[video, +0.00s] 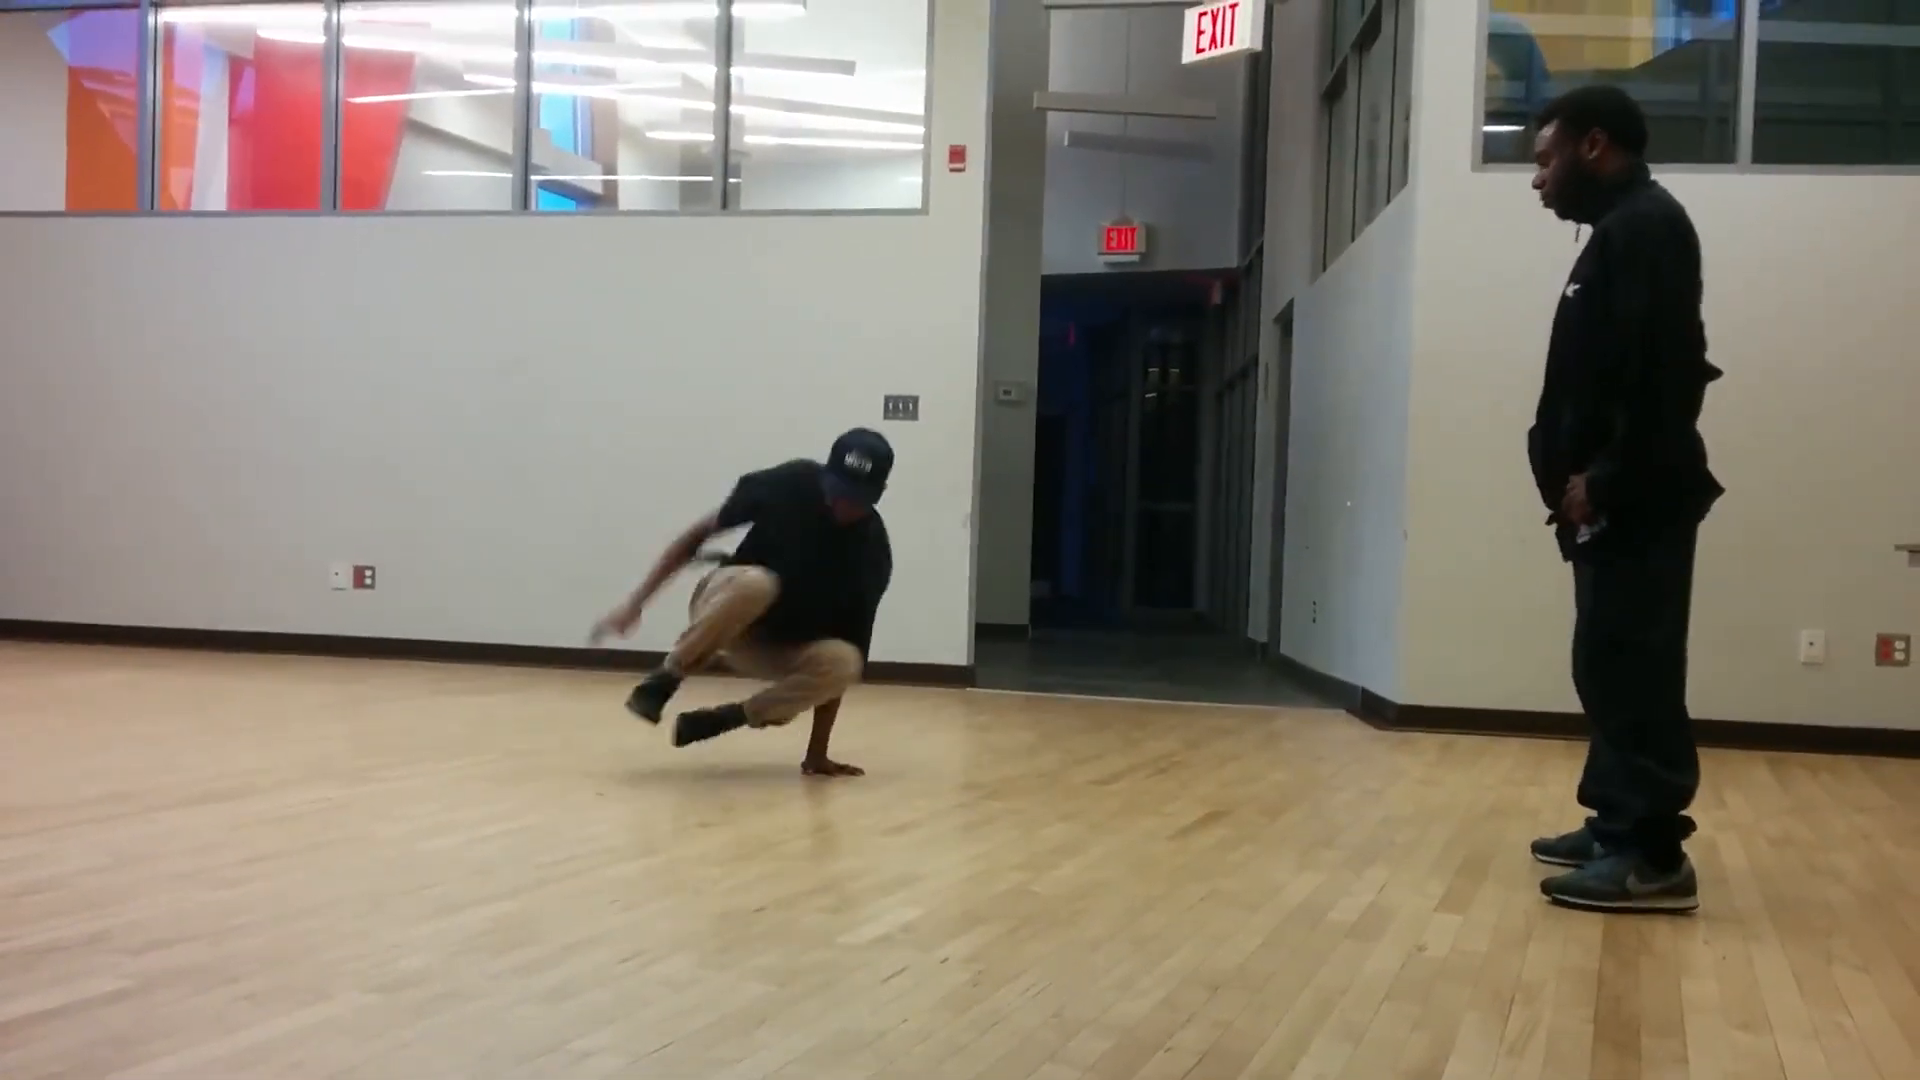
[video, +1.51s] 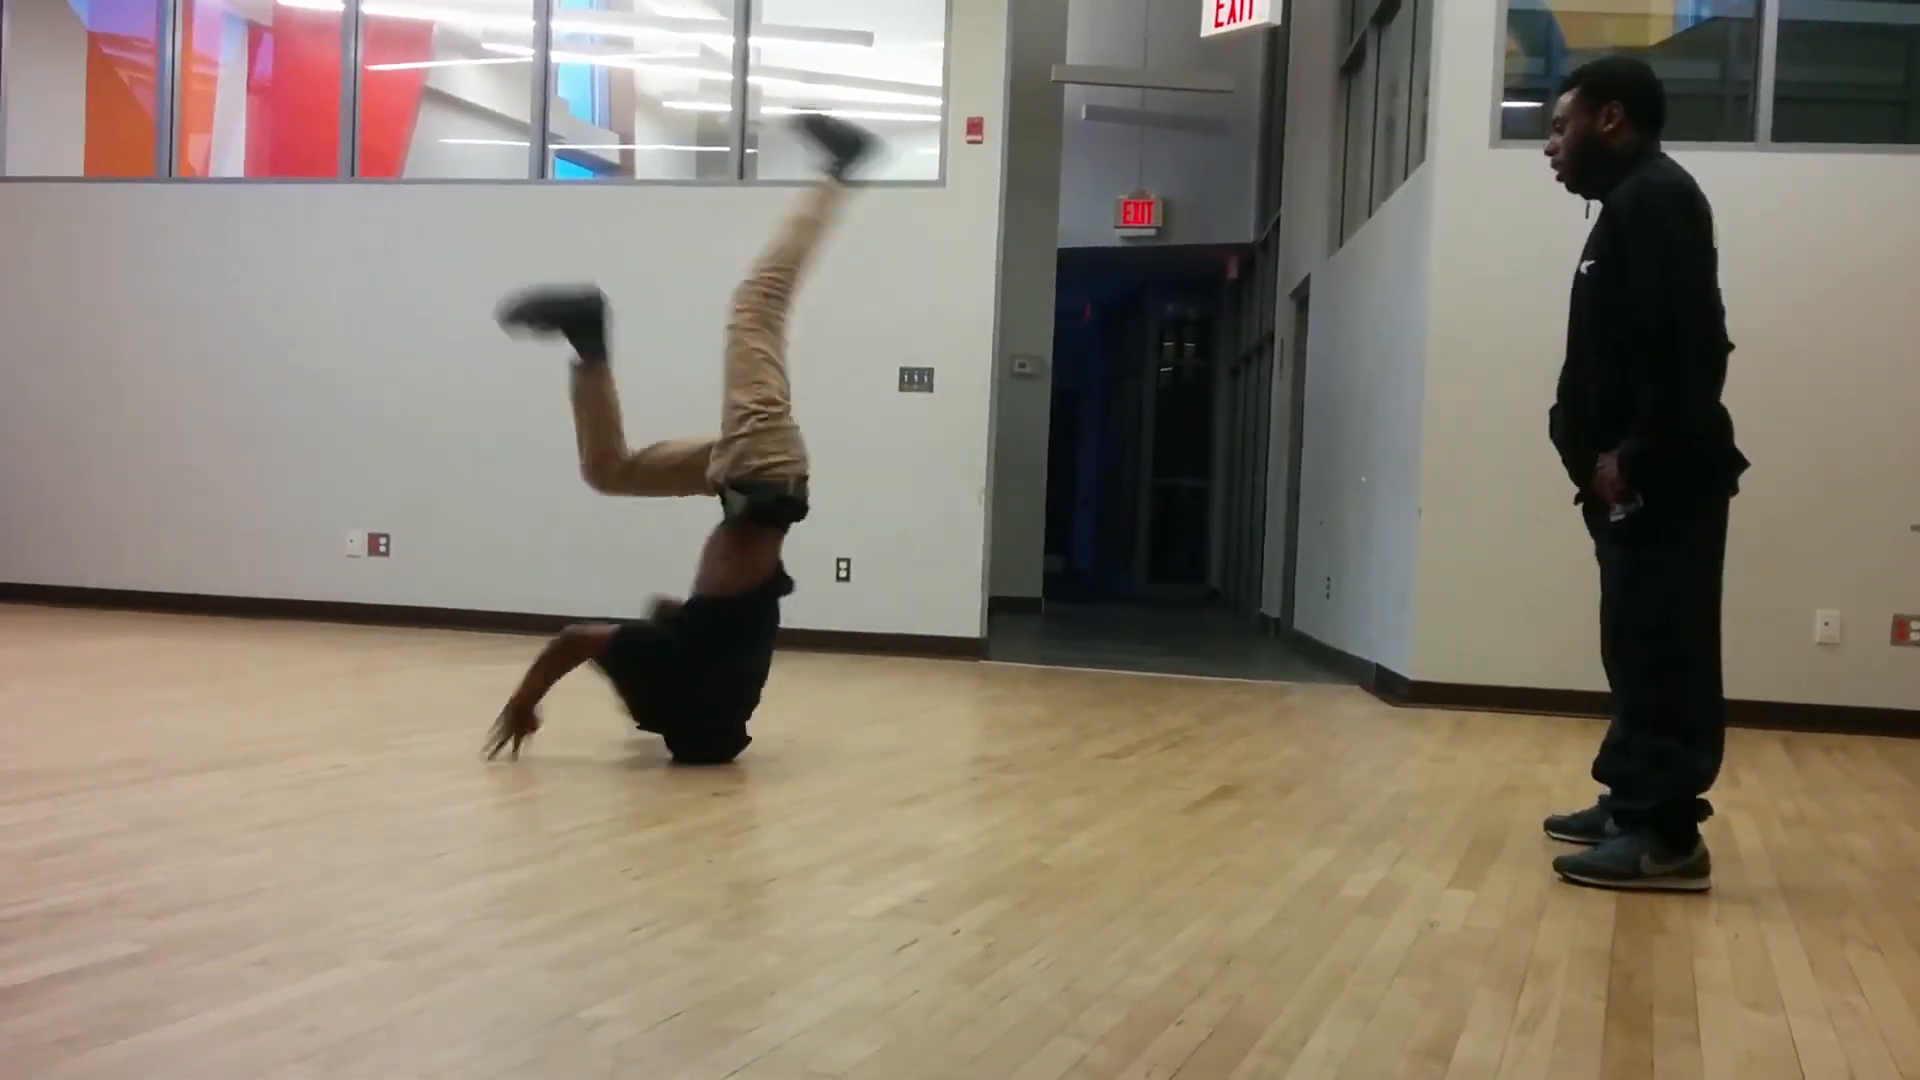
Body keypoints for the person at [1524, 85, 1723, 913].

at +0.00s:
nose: (1538, 181)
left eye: (1546, 161)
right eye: (1536, 163)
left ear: (1596, 148)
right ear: (1599, 150)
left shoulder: (1648, 227)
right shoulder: (1626, 226)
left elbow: (1666, 378)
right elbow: (1631, 374)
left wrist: (1598, 479)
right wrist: (1572, 469)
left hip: (1644, 499)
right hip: (1619, 498)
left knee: (1631, 666)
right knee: (1611, 662)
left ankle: (1653, 857)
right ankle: (1619, 827)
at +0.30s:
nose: (1553, 153)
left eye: (1561, 132)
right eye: (1551, 135)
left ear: (1616, 121)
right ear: (1617, 125)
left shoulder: (1664, 201)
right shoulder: (1642, 200)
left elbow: (1682, 360)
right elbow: (1652, 356)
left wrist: (1609, 461)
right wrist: (1579, 448)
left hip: (1650, 485)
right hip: (1625, 483)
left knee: (1646, 656)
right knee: (1622, 653)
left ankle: (1655, 847)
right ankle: (1621, 817)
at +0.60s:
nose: (1559, 145)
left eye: (1568, 124)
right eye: (1558, 126)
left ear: (1622, 114)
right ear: (1624, 117)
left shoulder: (1670, 193)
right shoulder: (1649, 193)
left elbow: (1677, 352)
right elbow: (1646, 347)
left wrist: (1611, 453)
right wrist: (1585, 443)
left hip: (1663, 480)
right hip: (1637, 478)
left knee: (1654, 654)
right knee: (1631, 649)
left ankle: (1660, 845)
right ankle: (1626, 813)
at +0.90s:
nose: (1555, 142)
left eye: (1564, 121)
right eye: (1554, 125)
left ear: (1614, 109)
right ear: (1618, 113)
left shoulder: (1659, 188)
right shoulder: (1642, 189)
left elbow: (1674, 347)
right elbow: (1629, 342)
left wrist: (1613, 448)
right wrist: (1585, 439)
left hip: (1663, 475)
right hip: (1638, 474)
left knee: (1653, 649)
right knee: (1629, 645)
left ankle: (1660, 838)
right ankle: (1623, 805)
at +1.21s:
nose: (1557, 132)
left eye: (1567, 114)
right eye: (1559, 115)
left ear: (1617, 109)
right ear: (1619, 111)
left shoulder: (1653, 184)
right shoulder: (1637, 185)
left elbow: (1674, 341)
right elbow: (1627, 337)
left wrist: (1615, 445)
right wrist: (1587, 436)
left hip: (1665, 470)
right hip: (1639, 469)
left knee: (1658, 644)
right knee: (1635, 639)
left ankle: (1663, 834)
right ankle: (1630, 802)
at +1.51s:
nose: (1550, 148)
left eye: (1560, 128)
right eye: (1550, 130)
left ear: (1612, 120)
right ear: (1614, 123)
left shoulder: (1656, 199)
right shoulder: (1638, 200)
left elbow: (1682, 348)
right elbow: (1640, 346)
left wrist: (1629, 456)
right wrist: (1598, 448)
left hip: (1667, 478)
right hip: (1638, 478)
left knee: (1663, 646)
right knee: (1637, 642)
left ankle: (1667, 836)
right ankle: (1633, 804)